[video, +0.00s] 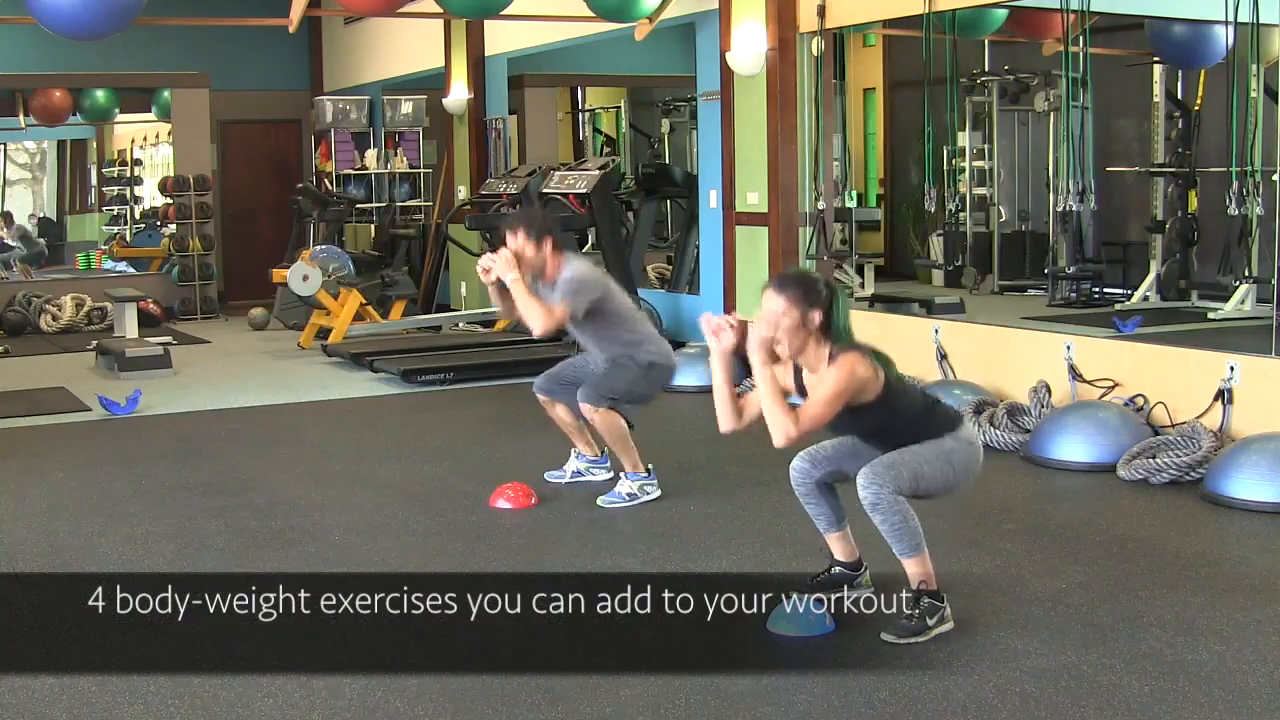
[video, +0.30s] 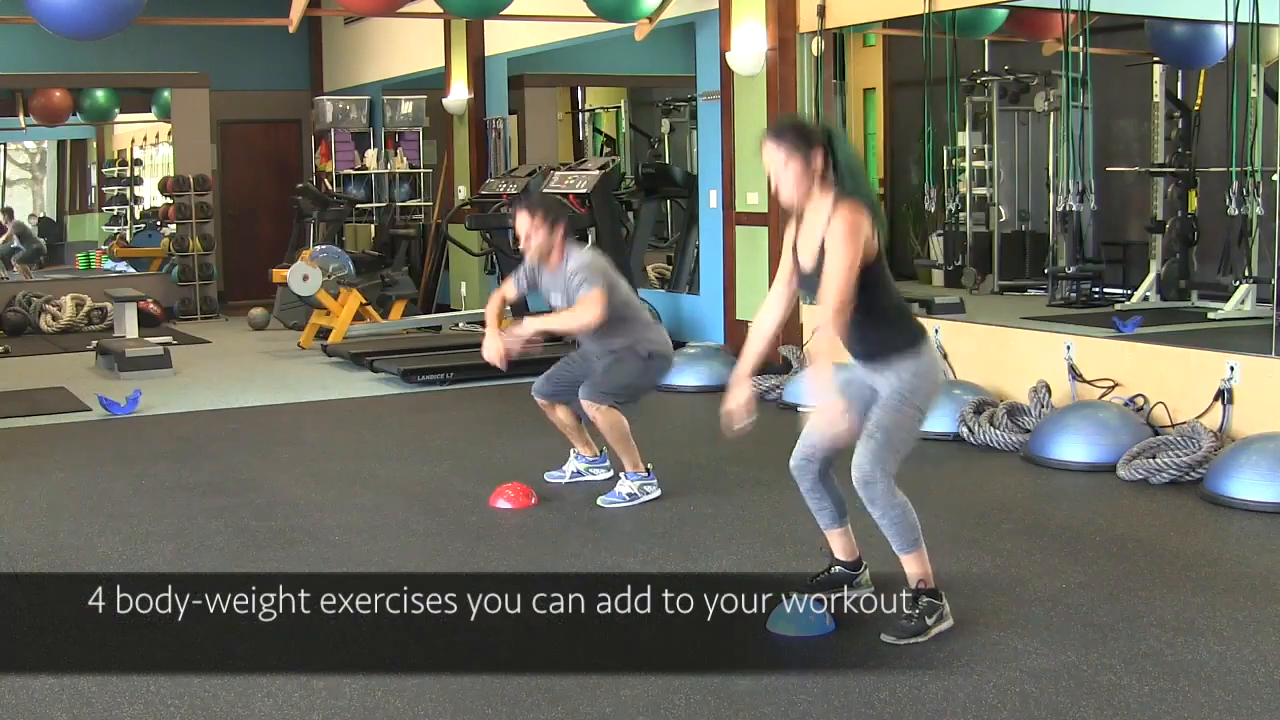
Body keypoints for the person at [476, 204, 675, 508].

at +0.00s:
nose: (517, 260)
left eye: (522, 253)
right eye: (514, 254)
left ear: (547, 245)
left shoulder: (580, 275)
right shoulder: (542, 276)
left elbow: (543, 325)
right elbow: (511, 312)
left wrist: (512, 277)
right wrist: (492, 284)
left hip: (645, 359)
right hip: (604, 357)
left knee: (593, 401)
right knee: (547, 389)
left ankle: (639, 477)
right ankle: (591, 458)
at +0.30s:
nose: (523, 242)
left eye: (530, 233)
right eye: (519, 235)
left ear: (558, 231)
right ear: (517, 233)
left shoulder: (585, 263)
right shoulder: (536, 264)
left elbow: (592, 314)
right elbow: (497, 298)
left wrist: (531, 324)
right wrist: (492, 333)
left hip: (642, 349)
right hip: (598, 349)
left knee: (594, 398)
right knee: (546, 393)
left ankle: (639, 477)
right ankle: (589, 458)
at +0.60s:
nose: (542, 126)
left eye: (547, 114)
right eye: (533, 120)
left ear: (569, 104)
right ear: (528, 122)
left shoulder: (615, 143)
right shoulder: (551, 156)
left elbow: (659, 187)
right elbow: (577, 206)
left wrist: (618, 219)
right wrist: (574, 249)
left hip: (624, 278)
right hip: (578, 277)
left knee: (620, 369)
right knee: (552, 358)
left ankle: (637, 461)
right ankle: (569, 443)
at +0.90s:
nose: (552, 127)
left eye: (557, 117)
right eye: (547, 120)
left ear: (582, 109)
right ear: (547, 121)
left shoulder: (617, 150)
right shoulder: (564, 157)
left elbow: (635, 210)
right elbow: (560, 205)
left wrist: (574, 198)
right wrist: (535, 240)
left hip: (622, 287)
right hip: (579, 284)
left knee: (620, 381)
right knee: (544, 362)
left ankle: (640, 465)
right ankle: (565, 446)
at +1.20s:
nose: (529, 175)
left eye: (536, 167)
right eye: (527, 167)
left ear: (564, 165)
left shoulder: (597, 200)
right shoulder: (547, 203)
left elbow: (581, 249)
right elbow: (504, 244)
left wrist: (538, 209)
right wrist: (497, 213)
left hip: (631, 315)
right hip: (594, 317)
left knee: (612, 392)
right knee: (558, 387)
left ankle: (654, 469)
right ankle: (600, 455)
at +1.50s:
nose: (527, 271)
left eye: (533, 263)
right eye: (524, 264)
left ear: (561, 263)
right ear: (522, 266)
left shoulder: (589, 292)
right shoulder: (543, 298)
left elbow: (551, 340)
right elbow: (496, 331)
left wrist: (522, 292)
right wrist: (500, 297)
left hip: (651, 364)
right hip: (600, 367)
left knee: (609, 394)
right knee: (551, 391)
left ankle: (655, 472)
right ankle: (600, 456)